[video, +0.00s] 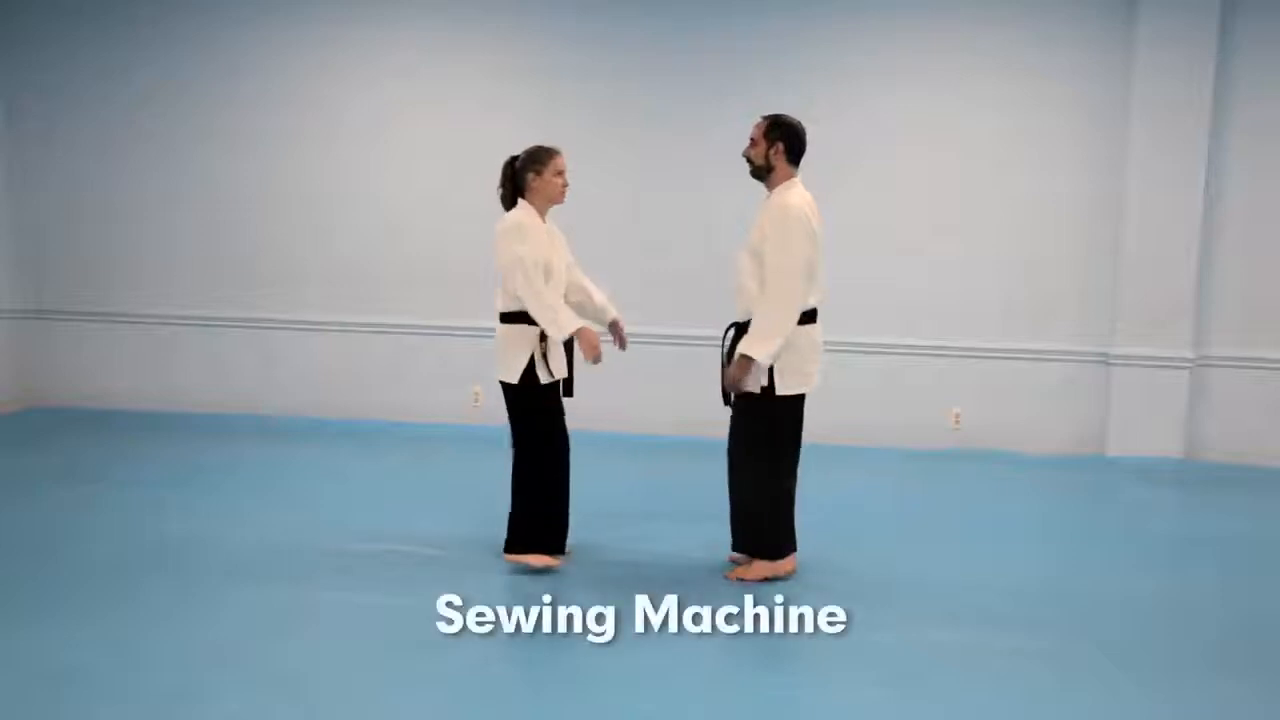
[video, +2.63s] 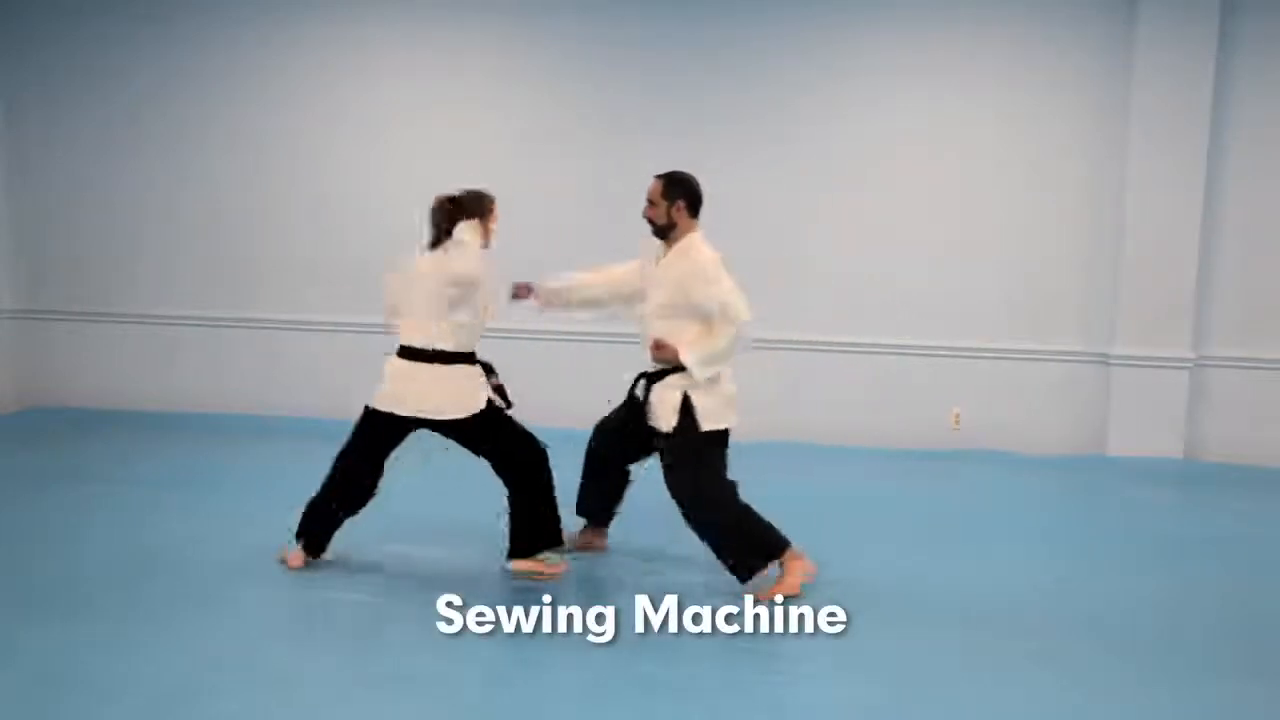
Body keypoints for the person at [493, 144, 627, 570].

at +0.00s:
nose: (566, 183)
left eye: (566, 175)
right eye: (558, 175)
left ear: (547, 181)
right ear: (532, 180)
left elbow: (573, 281)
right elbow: (530, 291)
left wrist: (607, 314)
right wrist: (577, 328)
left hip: (547, 351)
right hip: (523, 352)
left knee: (548, 447)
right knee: (540, 447)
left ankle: (544, 542)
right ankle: (524, 545)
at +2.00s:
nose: (568, 187)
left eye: (567, 180)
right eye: (561, 180)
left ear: (538, 183)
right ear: (536, 182)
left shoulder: (536, 228)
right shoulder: (521, 229)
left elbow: (570, 281)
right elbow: (549, 293)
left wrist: (603, 317)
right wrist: (595, 327)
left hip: (534, 353)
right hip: (519, 355)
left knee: (549, 452)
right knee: (542, 455)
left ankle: (537, 539)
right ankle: (518, 556)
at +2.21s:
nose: (589, 215)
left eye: (589, 206)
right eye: (585, 206)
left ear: (558, 204)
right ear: (564, 204)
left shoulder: (529, 233)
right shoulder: (540, 235)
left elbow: (554, 295)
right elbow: (564, 278)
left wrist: (594, 317)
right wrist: (615, 271)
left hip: (480, 360)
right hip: (493, 366)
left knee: (508, 457)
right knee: (529, 459)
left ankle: (516, 549)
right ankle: (524, 562)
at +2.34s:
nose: (576, 219)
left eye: (576, 211)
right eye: (571, 210)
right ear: (548, 206)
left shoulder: (542, 252)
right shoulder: (519, 238)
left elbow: (544, 309)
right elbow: (549, 228)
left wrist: (564, 330)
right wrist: (564, 213)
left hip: (467, 366)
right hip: (478, 371)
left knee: (448, 452)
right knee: (525, 462)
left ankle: (386, 510)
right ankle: (521, 562)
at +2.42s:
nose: (560, 221)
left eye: (560, 213)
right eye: (556, 213)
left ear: (541, 217)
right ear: (535, 215)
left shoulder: (534, 259)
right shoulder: (501, 245)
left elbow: (538, 311)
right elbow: (495, 223)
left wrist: (535, 340)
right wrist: (515, 199)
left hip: (462, 373)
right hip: (474, 377)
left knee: (409, 455)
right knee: (531, 465)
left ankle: (340, 512)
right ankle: (522, 562)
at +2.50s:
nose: (538, 224)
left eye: (537, 216)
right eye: (533, 216)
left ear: (511, 217)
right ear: (511, 218)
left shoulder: (512, 260)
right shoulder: (476, 248)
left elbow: (500, 334)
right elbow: (462, 228)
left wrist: (510, 392)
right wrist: (476, 195)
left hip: (439, 376)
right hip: (464, 382)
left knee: (391, 459)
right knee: (532, 466)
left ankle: (315, 521)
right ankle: (527, 563)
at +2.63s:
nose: (495, 230)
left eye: (495, 222)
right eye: (493, 222)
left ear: (449, 223)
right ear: (478, 224)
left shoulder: (414, 265)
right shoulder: (475, 263)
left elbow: (395, 321)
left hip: (400, 393)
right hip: (455, 398)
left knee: (354, 466)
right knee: (527, 458)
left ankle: (306, 547)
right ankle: (527, 553)